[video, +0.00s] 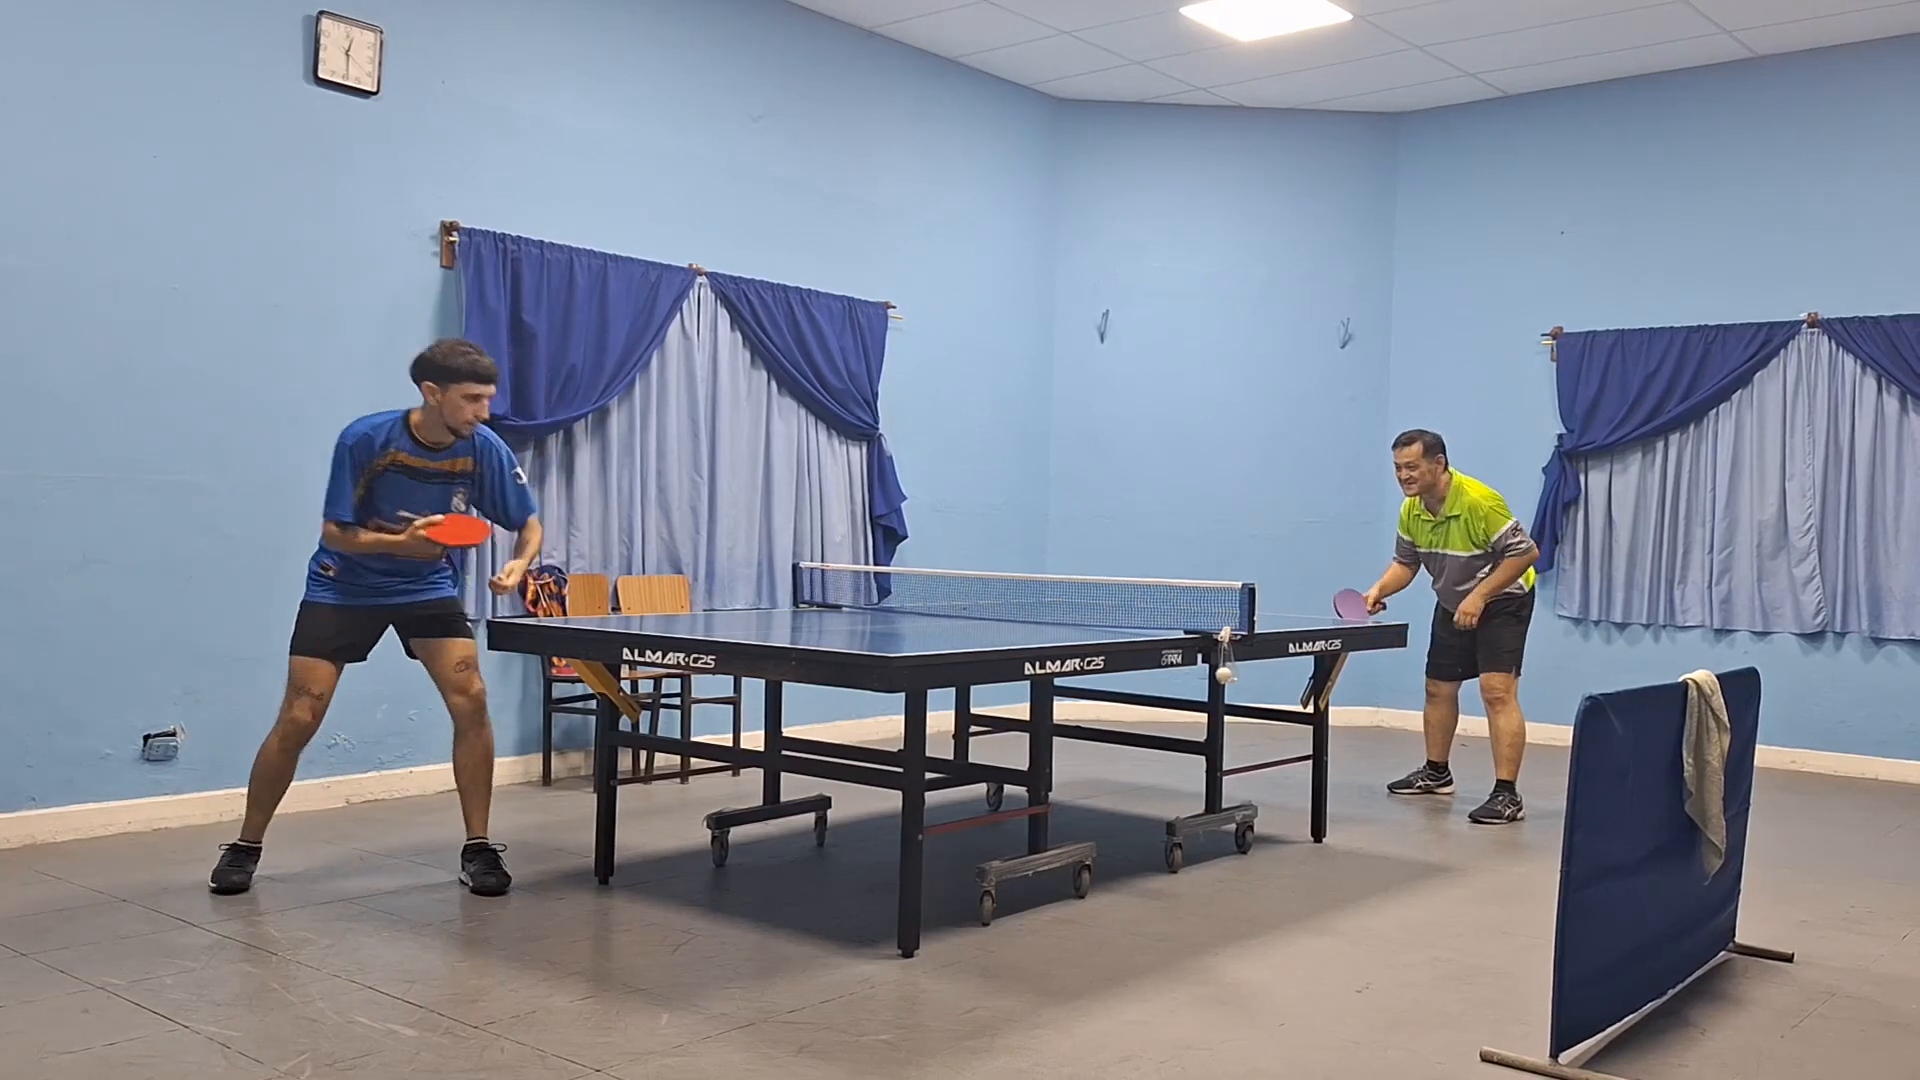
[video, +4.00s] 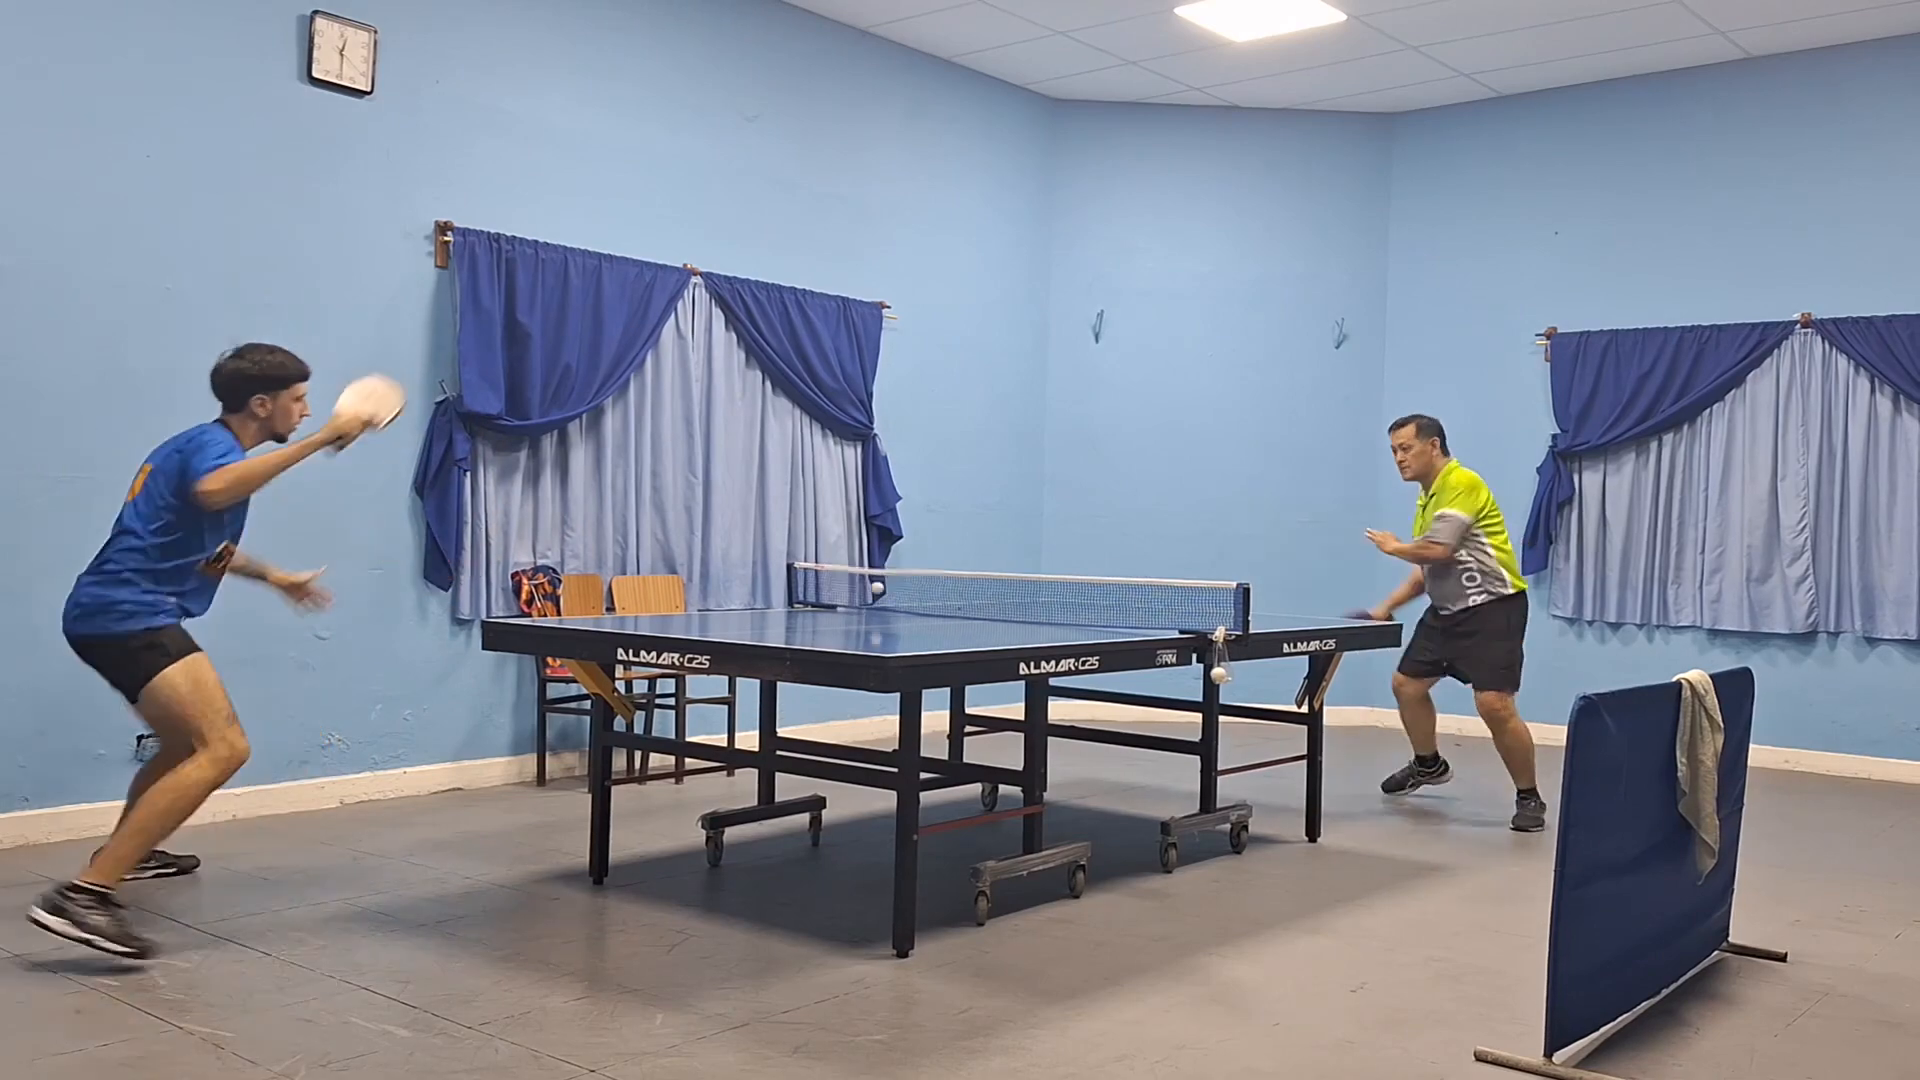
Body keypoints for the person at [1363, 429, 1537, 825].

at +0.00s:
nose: (1403, 474)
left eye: (1412, 467)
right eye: (1399, 468)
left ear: (1440, 465)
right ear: (1396, 469)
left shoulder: (1479, 502)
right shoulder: (1411, 510)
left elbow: (1525, 551)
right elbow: (1405, 562)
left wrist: (1479, 594)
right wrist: (1381, 589)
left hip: (1504, 599)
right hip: (1453, 602)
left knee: (1497, 690)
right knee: (1438, 687)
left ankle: (1506, 793)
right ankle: (1436, 771)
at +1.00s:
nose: (1399, 471)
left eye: (1407, 463)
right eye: (1394, 464)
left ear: (1435, 462)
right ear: (1392, 467)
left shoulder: (1475, 500)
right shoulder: (1409, 509)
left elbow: (1513, 554)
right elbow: (1403, 563)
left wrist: (1460, 589)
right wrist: (1372, 584)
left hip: (1500, 600)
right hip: (1451, 605)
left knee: (1494, 690)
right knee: (1435, 686)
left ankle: (1505, 792)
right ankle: (1435, 770)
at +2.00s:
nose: (1404, 452)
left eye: (1413, 445)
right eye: (1400, 445)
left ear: (1441, 445)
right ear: (1398, 448)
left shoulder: (1475, 490)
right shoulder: (1406, 495)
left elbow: (1513, 545)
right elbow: (1393, 550)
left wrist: (1460, 582)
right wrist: (1365, 565)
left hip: (1486, 604)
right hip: (1437, 607)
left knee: (1486, 690)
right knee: (1433, 688)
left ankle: (1503, 792)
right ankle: (1433, 771)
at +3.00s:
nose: (1401, 450)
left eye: (1410, 441)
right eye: (1395, 442)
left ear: (1436, 441)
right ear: (1391, 445)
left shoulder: (1478, 485)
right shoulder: (1388, 493)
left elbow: (1510, 545)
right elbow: (1361, 548)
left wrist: (1476, 592)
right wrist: (1338, 559)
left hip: (1470, 610)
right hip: (1407, 607)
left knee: (1478, 699)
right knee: (1373, 684)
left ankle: (1492, 789)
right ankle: (1369, 761)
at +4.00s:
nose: (1399, 458)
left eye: (1405, 449)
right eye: (1395, 452)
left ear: (1433, 446)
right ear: (1395, 457)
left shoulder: (1462, 482)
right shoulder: (1426, 500)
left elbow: (1441, 549)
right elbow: (1426, 571)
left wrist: (1395, 548)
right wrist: (1386, 608)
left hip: (1494, 607)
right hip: (1446, 611)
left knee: (1494, 705)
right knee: (1407, 685)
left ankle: (1528, 797)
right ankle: (1428, 763)